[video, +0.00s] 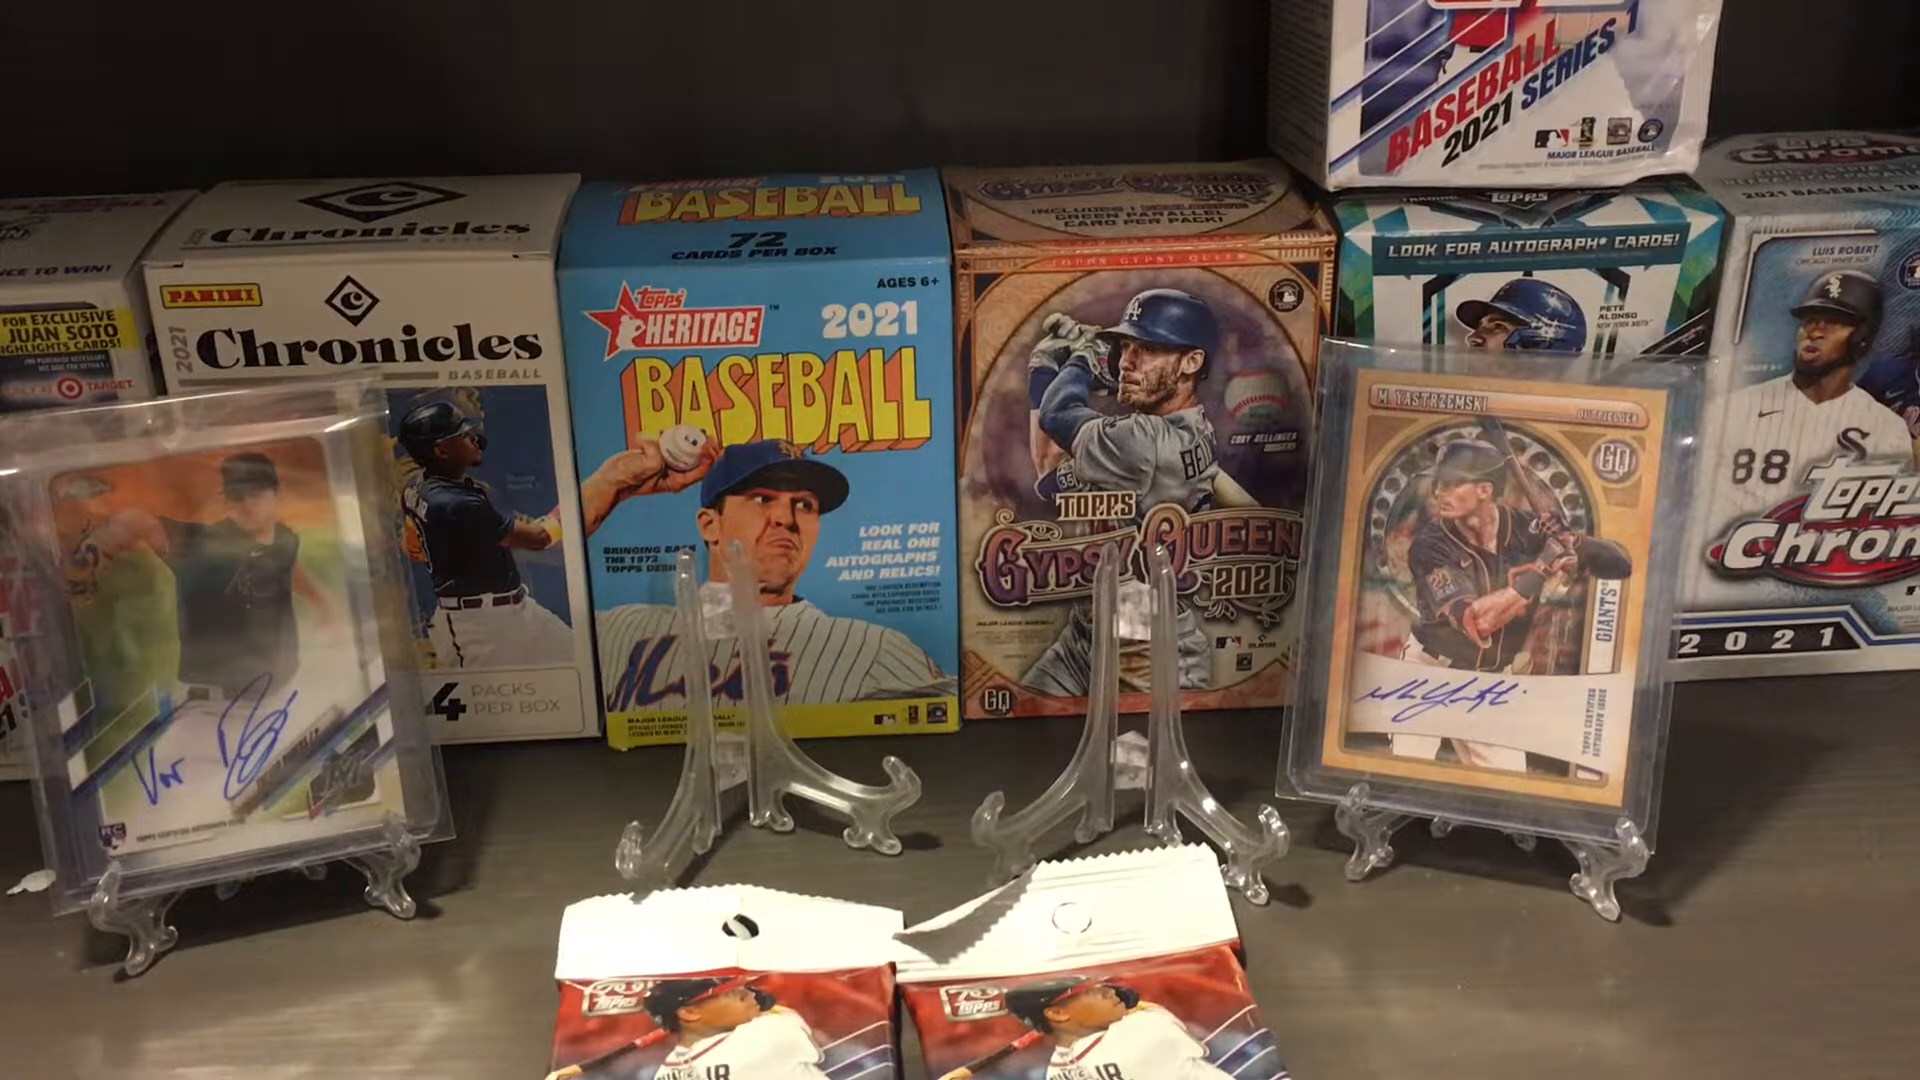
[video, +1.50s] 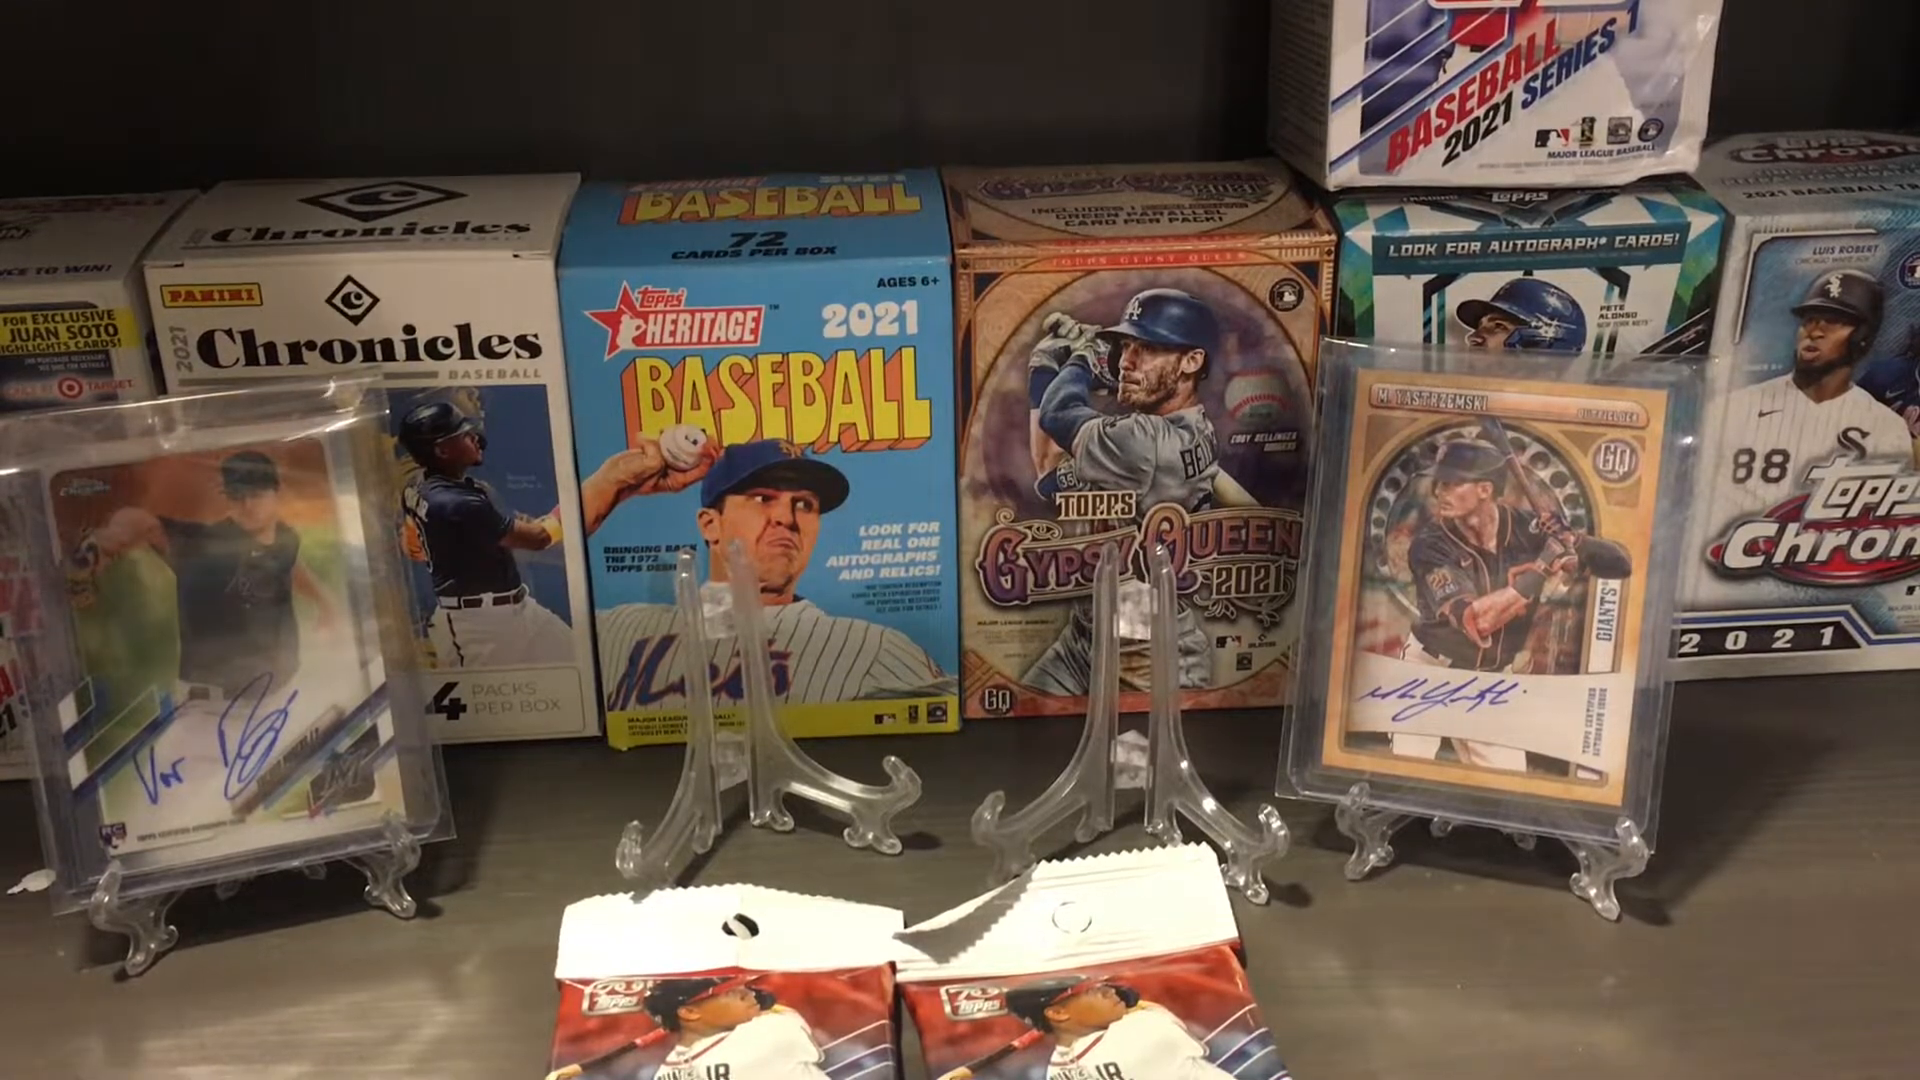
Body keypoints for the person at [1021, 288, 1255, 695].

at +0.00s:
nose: (1128, 361)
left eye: (1148, 350)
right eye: (1127, 347)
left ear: (1190, 363)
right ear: (1121, 348)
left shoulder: (1141, 441)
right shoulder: (1187, 430)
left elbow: (1060, 410)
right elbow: (1049, 474)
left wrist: (1086, 361)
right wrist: (1041, 373)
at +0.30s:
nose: (1128, 361)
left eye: (1147, 350)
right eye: (1127, 347)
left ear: (1190, 363)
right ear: (1121, 347)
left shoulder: (1139, 440)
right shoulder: (1190, 432)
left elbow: (1060, 410)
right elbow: (1049, 476)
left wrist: (1085, 362)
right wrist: (1041, 373)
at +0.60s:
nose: (1128, 361)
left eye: (1147, 350)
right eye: (1127, 347)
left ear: (1190, 363)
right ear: (1121, 347)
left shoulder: (1139, 440)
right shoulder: (1190, 432)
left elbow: (1060, 410)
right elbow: (1049, 476)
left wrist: (1085, 362)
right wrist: (1041, 373)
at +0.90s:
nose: (1127, 361)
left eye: (1147, 350)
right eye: (1126, 347)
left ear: (1190, 363)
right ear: (1121, 348)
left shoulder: (1139, 440)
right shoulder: (1190, 430)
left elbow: (1060, 409)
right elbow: (1048, 476)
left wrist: (1085, 361)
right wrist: (1041, 372)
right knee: (1011, 736)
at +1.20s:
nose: (1127, 361)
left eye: (1147, 350)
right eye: (1127, 347)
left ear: (1190, 363)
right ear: (1121, 348)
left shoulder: (1139, 440)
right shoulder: (1190, 431)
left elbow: (1060, 409)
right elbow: (1048, 476)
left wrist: (1085, 361)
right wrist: (1041, 372)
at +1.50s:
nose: (1127, 361)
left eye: (1147, 350)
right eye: (1127, 347)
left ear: (1190, 363)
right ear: (1121, 347)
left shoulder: (1139, 440)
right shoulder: (1190, 431)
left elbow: (1060, 409)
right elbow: (1048, 476)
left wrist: (1085, 361)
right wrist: (1041, 372)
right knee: (1010, 738)